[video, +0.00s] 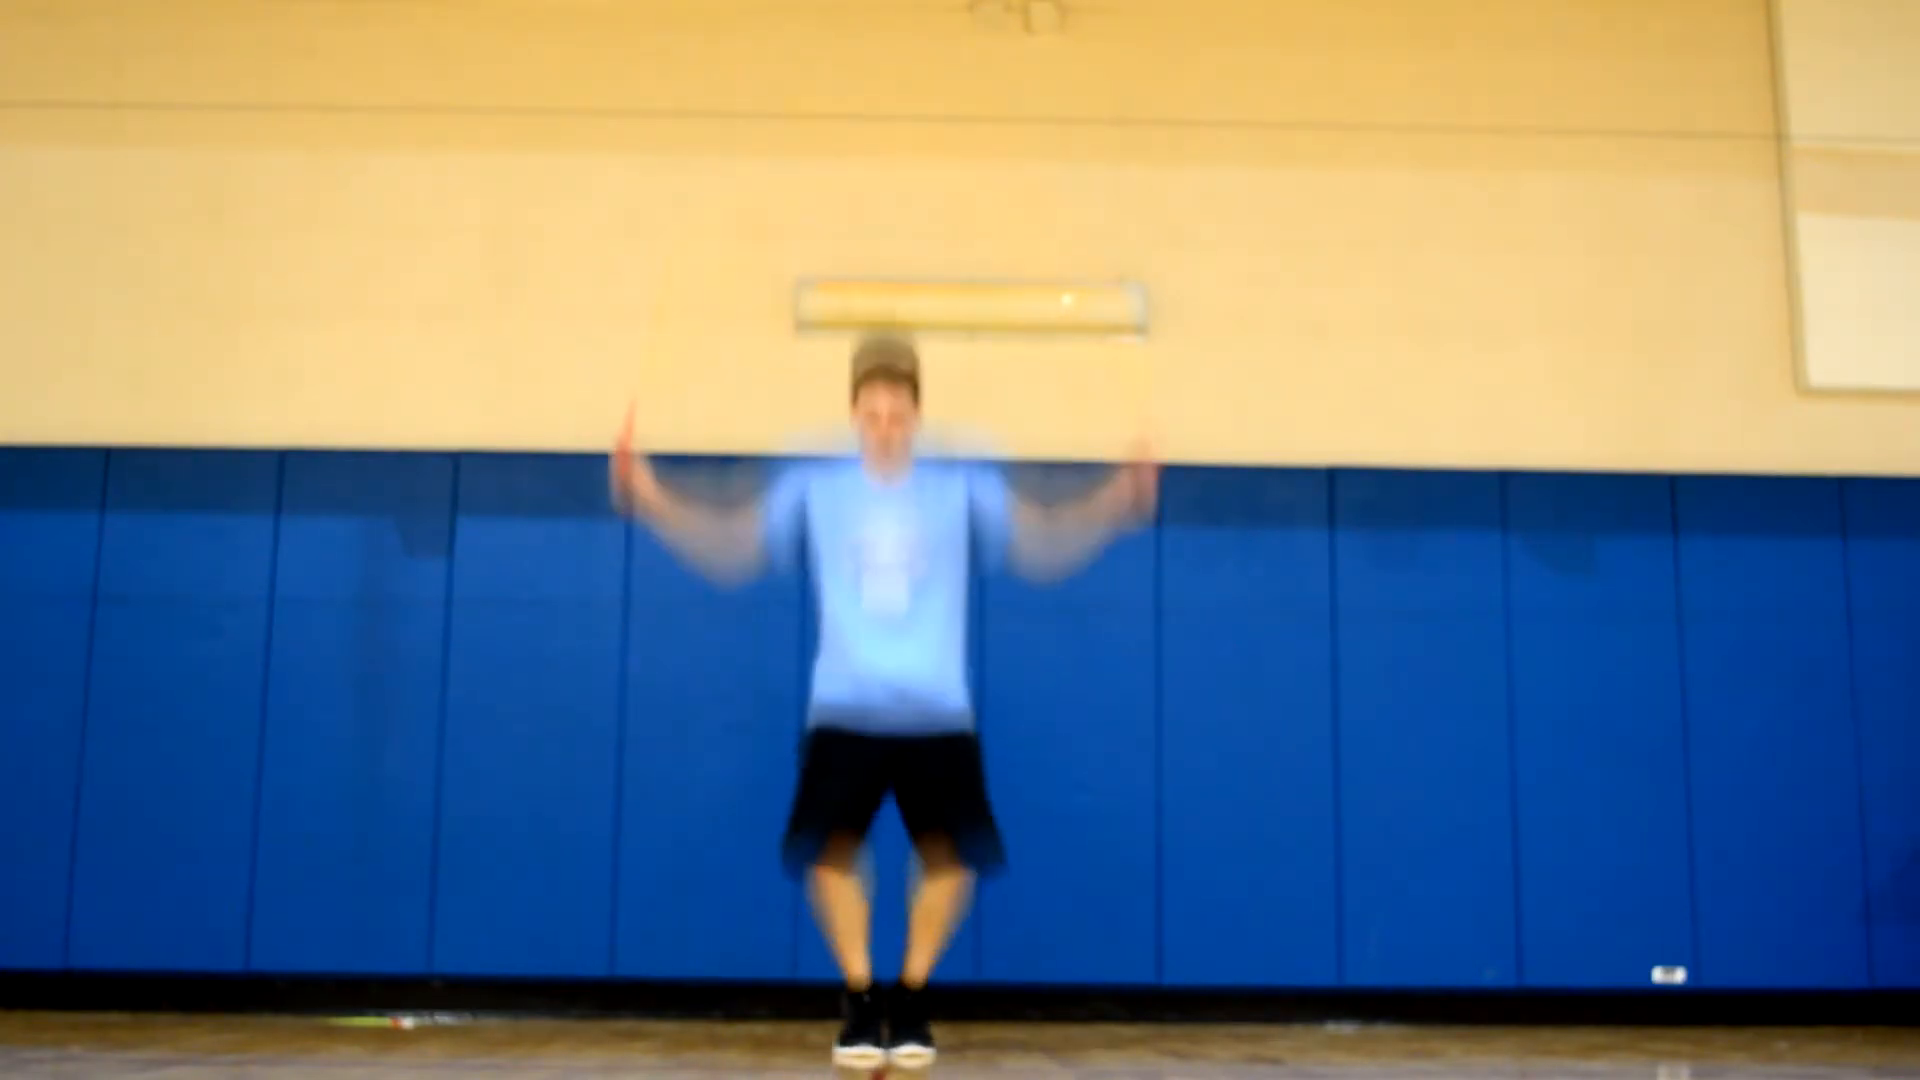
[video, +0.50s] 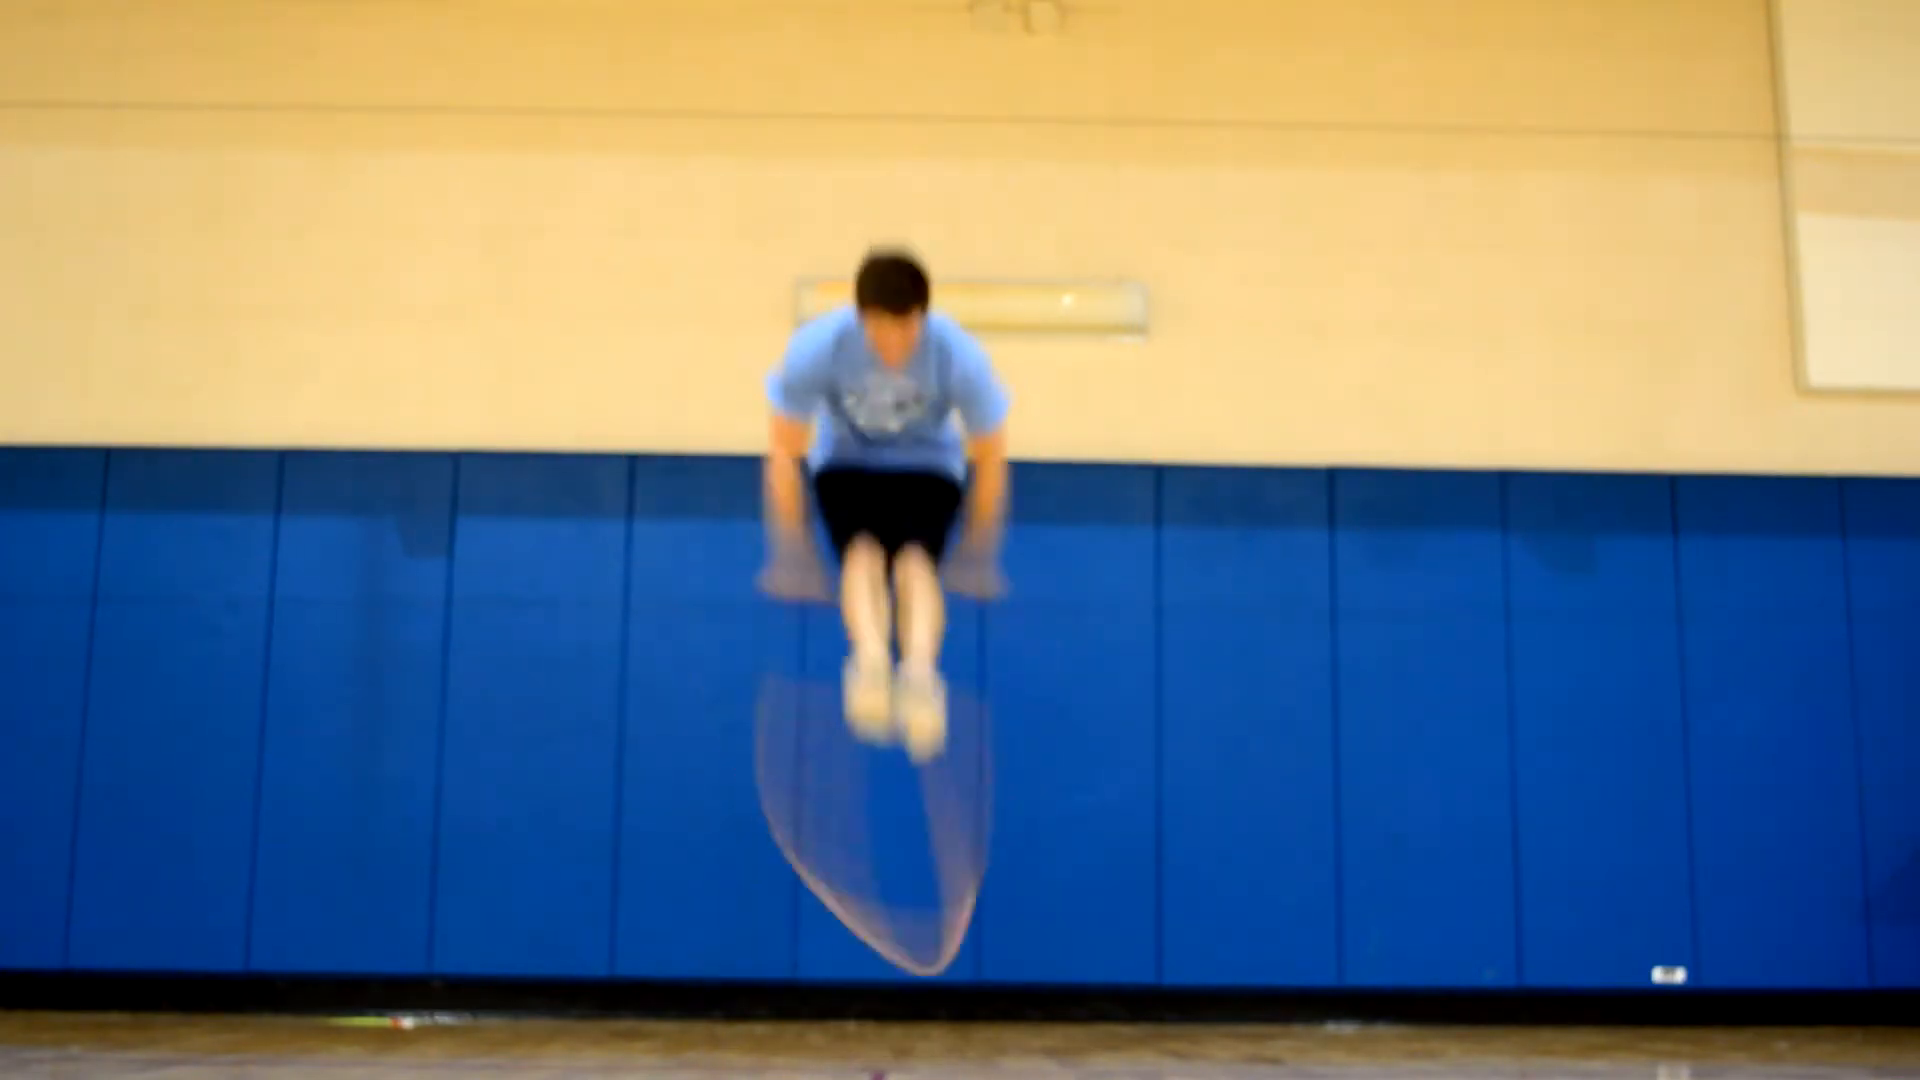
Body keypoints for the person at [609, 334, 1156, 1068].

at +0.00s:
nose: (885, 424)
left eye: (897, 411)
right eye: (873, 411)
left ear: (917, 415)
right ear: (854, 415)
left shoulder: (964, 488)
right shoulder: (812, 488)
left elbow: (1042, 547)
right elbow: (732, 550)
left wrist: (1119, 501)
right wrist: (648, 498)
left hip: (937, 712)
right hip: (845, 711)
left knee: (947, 853)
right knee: (833, 850)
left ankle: (910, 1005)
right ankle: (860, 1005)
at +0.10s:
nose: (888, 377)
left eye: (900, 362)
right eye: (876, 363)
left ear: (918, 360)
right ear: (854, 362)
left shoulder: (957, 416)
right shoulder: (818, 420)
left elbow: (1040, 457)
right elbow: (730, 461)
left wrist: (1106, 456)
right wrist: (646, 455)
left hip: (933, 641)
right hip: (851, 641)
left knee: (922, 798)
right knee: (859, 798)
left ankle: (917, 973)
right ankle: (863, 969)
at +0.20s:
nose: (888, 335)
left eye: (900, 320)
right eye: (877, 321)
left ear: (920, 318)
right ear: (856, 318)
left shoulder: (959, 366)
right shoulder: (819, 367)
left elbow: (1037, 426)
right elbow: (731, 431)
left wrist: (1099, 449)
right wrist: (652, 450)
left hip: (931, 580)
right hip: (854, 579)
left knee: (920, 732)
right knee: (863, 732)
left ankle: (913, 899)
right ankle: (876, 896)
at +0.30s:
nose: (892, 323)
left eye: (905, 310)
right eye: (881, 309)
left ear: (925, 295)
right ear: (860, 293)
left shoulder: (959, 343)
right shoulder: (819, 340)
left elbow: (1032, 428)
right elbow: (744, 424)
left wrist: (1088, 502)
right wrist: (676, 492)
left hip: (930, 538)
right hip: (849, 536)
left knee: (920, 664)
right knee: (862, 657)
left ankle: (917, 826)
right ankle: (878, 821)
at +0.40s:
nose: (893, 322)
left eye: (905, 308)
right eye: (881, 308)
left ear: (923, 292)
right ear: (861, 292)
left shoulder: (957, 338)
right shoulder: (818, 333)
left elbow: (1013, 444)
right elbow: (761, 434)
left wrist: (1046, 547)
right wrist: (728, 535)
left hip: (927, 502)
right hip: (849, 499)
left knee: (918, 607)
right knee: (863, 601)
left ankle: (923, 758)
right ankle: (872, 756)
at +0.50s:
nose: (893, 342)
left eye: (904, 327)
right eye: (881, 328)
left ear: (922, 317)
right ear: (861, 318)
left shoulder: (956, 355)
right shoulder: (818, 350)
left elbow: (990, 457)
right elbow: (784, 452)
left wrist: (980, 558)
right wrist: (791, 555)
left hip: (928, 458)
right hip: (848, 456)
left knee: (915, 559)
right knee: (863, 553)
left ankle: (920, 684)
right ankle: (871, 673)